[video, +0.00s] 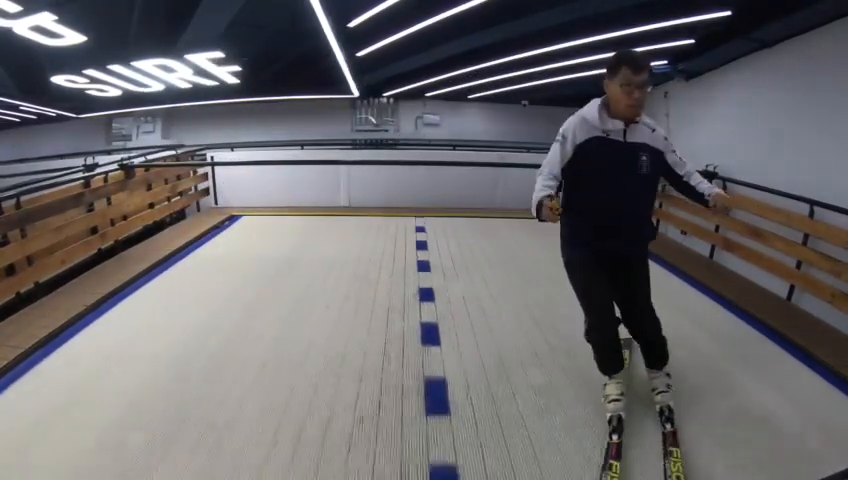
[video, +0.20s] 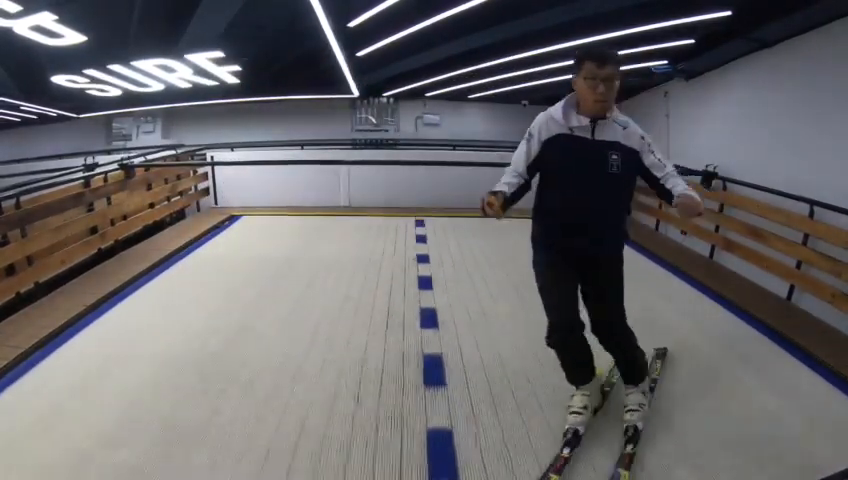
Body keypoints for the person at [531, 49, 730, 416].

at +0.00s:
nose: (637, 96)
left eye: (643, 88)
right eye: (629, 88)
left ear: (648, 89)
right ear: (607, 85)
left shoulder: (653, 136)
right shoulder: (578, 127)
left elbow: (680, 173)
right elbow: (548, 174)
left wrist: (710, 193)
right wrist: (543, 201)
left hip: (630, 241)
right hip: (583, 241)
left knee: (639, 311)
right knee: (599, 317)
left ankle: (658, 371)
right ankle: (612, 377)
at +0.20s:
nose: (601, 90)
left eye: (609, 82)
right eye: (592, 82)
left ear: (618, 86)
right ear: (575, 83)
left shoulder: (629, 134)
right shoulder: (547, 125)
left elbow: (662, 172)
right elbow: (518, 172)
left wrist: (684, 195)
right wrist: (499, 196)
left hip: (603, 246)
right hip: (553, 245)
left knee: (608, 325)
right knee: (561, 330)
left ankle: (636, 379)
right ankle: (585, 384)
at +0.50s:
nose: (501, 78)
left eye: (510, 70)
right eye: (493, 70)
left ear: (525, 72)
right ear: (482, 73)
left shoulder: (544, 127)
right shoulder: (459, 119)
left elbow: (583, 172)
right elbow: (434, 171)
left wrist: (595, 196)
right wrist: (403, 189)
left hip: (513, 246)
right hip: (464, 242)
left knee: (513, 330)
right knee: (457, 324)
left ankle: (556, 392)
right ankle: (490, 385)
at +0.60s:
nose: (457, 74)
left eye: (467, 66)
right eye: (450, 66)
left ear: (484, 70)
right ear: (441, 70)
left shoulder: (504, 123)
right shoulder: (421, 116)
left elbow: (544, 169)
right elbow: (397, 166)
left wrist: (550, 193)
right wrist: (364, 185)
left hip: (474, 239)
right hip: (426, 234)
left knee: (470, 325)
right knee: (416, 319)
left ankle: (515, 393)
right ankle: (447, 378)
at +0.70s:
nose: (412, 70)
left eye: (422, 62)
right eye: (405, 62)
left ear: (441, 66)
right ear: (398, 66)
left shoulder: (458, 117)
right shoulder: (379, 112)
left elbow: (498, 161)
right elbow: (353, 162)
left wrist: (503, 186)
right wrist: (319, 180)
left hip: (433, 233)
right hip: (386, 229)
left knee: (431, 319)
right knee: (374, 311)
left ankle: (474, 387)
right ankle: (403, 370)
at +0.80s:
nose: (369, 64)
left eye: (378, 56)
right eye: (362, 57)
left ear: (396, 61)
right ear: (353, 62)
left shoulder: (412, 109)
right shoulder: (335, 104)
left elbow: (454, 155)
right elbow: (310, 155)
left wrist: (459, 179)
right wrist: (276, 173)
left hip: (392, 223)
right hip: (346, 220)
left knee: (393, 308)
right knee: (334, 304)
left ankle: (437, 374)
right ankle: (361, 360)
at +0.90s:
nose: (326, 63)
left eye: (335, 56)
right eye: (319, 56)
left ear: (353, 60)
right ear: (312, 59)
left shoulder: (371, 104)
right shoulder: (295, 104)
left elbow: (411, 146)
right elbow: (270, 155)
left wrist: (418, 174)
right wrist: (237, 169)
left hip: (355, 217)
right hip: (310, 215)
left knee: (348, 300)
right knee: (297, 298)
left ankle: (391, 362)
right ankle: (323, 353)